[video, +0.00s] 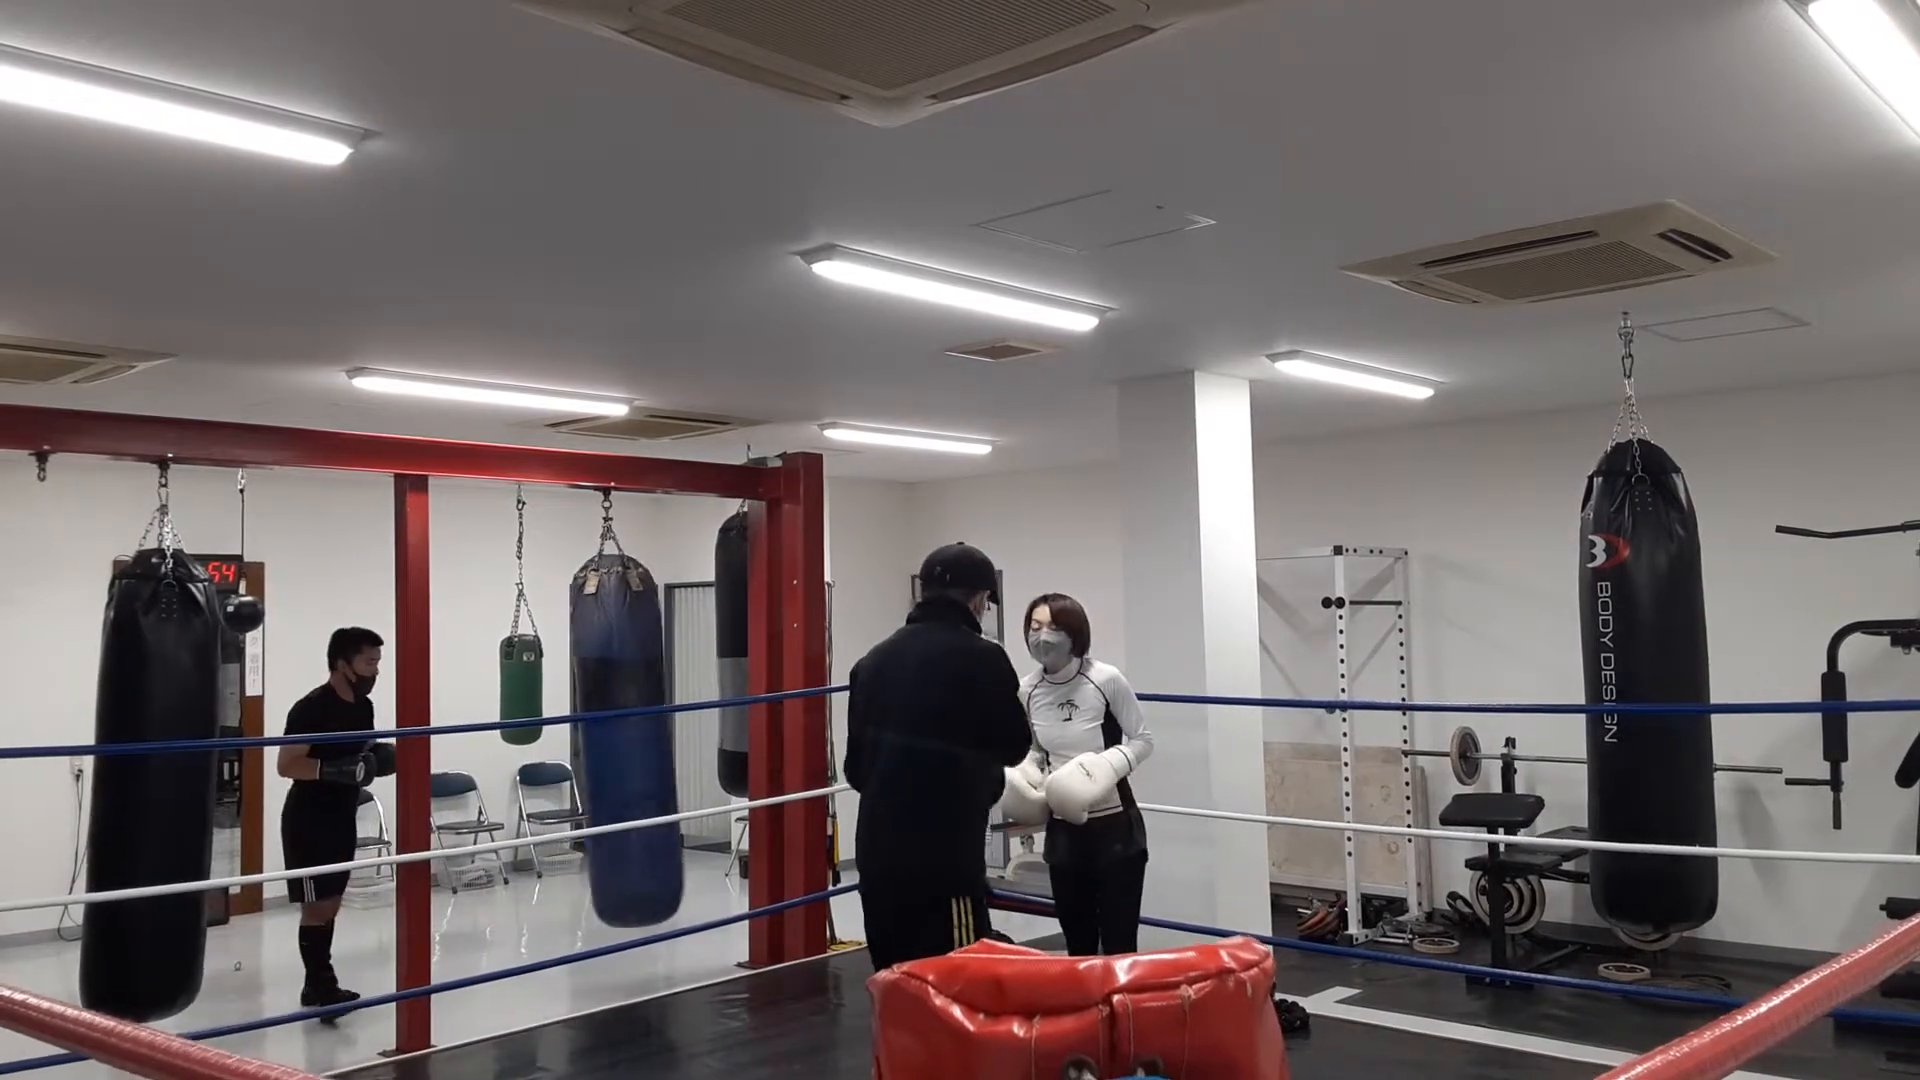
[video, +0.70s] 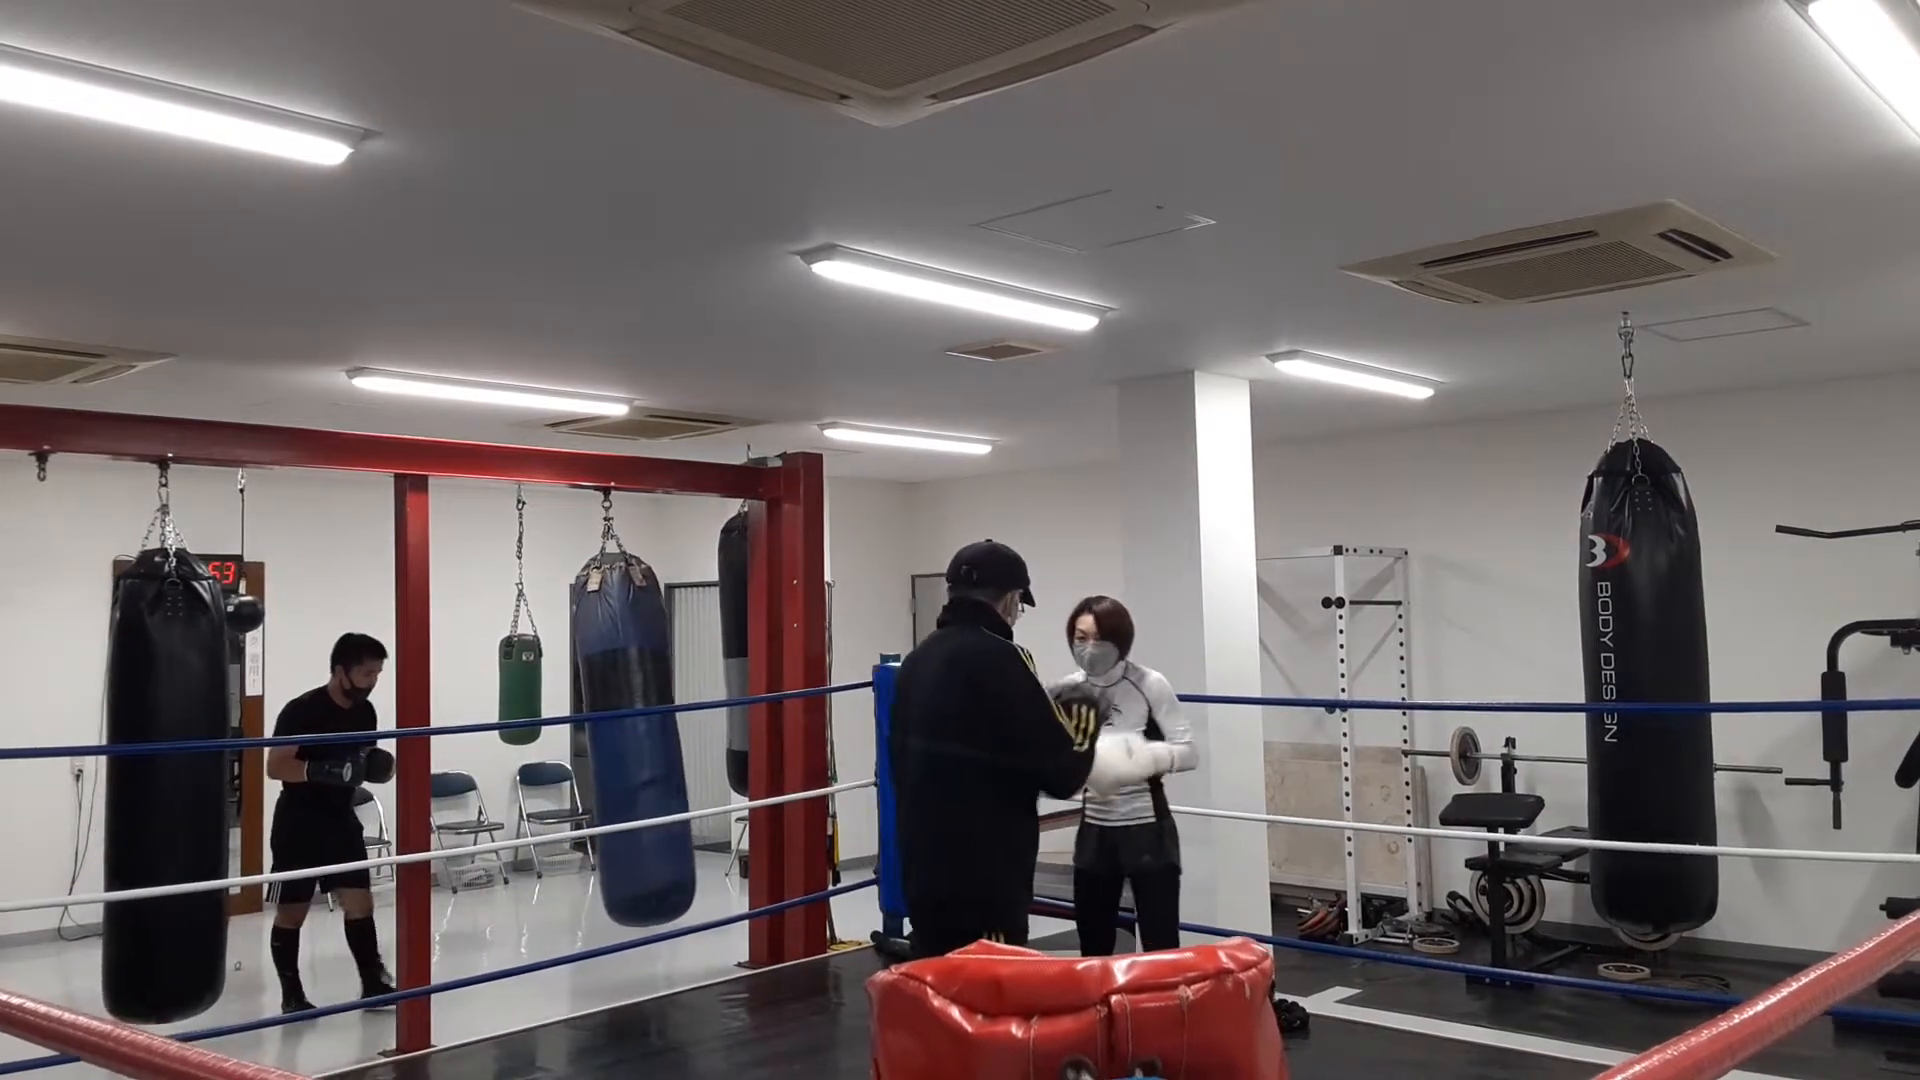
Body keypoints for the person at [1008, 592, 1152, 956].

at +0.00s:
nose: (1042, 636)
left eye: (1053, 628)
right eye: (1035, 627)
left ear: (1074, 634)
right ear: (1027, 634)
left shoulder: (1106, 680)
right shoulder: (1027, 690)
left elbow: (1143, 740)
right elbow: (1037, 749)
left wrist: (1105, 766)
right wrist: (1025, 774)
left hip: (1115, 826)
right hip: (1063, 831)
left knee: (1118, 946)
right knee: (1079, 948)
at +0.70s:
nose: (1089, 648)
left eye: (1099, 638)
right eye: (1080, 638)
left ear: (1119, 640)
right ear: (1071, 641)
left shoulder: (1150, 685)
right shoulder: (1067, 691)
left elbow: (1188, 752)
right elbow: (1050, 752)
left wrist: (1143, 757)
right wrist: (1085, 762)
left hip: (1148, 828)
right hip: (1095, 829)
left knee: (1159, 948)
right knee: (1094, 949)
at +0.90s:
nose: (1098, 642)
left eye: (1107, 631)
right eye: (1096, 633)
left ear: (1126, 637)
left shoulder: (1163, 679)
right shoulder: (1089, 687)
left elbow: (1199, 747)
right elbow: (1080, 759)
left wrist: (1151, 703)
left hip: (1165, 829)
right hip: (1112, 829)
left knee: (1172, 949)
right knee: (1090, 942)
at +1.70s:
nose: (1134, 664)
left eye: (1146, 654)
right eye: (1128, 653)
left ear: (1165, 656)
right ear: (1119, 655)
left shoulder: (1193, 702)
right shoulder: (1127, 716)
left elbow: (1232, 754)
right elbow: (1098, 778)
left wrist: (1184, 705)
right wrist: (1099, 720)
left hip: (1206, 865)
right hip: (1159, 864)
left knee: (1193, 969)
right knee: (1119, 961)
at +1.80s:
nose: (1143, 666)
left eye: (1154, 657)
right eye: (1142, 656)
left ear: (1177, 663)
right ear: (1140, 658)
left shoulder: (1204, 705)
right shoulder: (1140, 713)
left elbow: (1243, 763)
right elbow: (1111, 785)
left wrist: (1184, 727)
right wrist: (1128, 739)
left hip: (1217, 875)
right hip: (1164, 874)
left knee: (1231, 980)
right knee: (1132, 975)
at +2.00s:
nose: (1190, 649)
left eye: (1202, 639)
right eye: (1181, 638)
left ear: (1227, 644)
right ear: (1170, 643)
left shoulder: (1250, 701)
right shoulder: (1162, 703)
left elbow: (1305, 766)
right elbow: (1120, 737)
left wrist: (1275, 726)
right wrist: (1132, 720)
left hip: (1258, 860)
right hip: (1191, 863)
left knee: (1270, 991)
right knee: (1168, 983)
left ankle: (1289, 1069)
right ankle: (1166, 1072)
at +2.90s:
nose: (1200, 648)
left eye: (1212, 637)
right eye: (1194, 639)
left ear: (1244, 640)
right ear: (1188, 644)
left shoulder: (1288, 703)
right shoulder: (1189, 709)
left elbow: (1343, 785)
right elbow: (1138, 760)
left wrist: (1289, 768)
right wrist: (1143, 712)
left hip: (1293, 888)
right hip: (1229, 888)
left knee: (1280, 1032)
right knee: (1214, 1015)